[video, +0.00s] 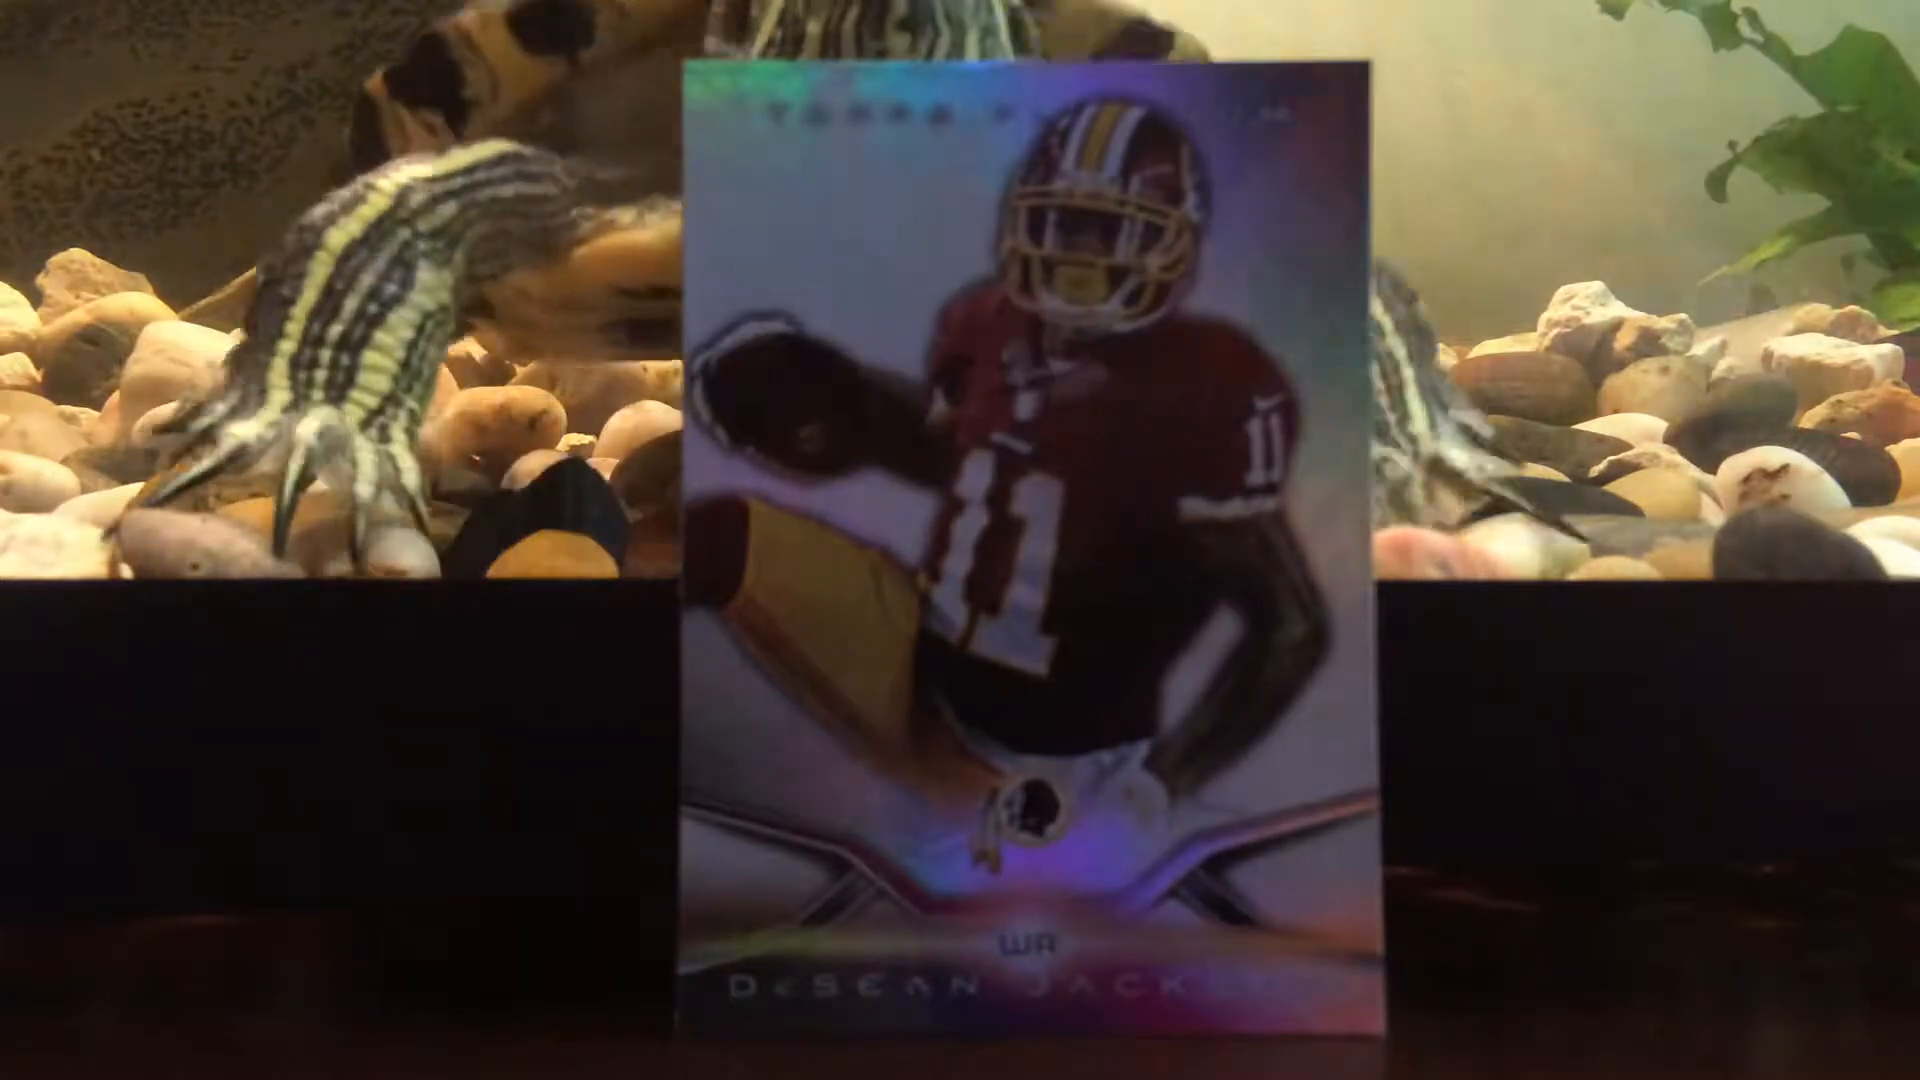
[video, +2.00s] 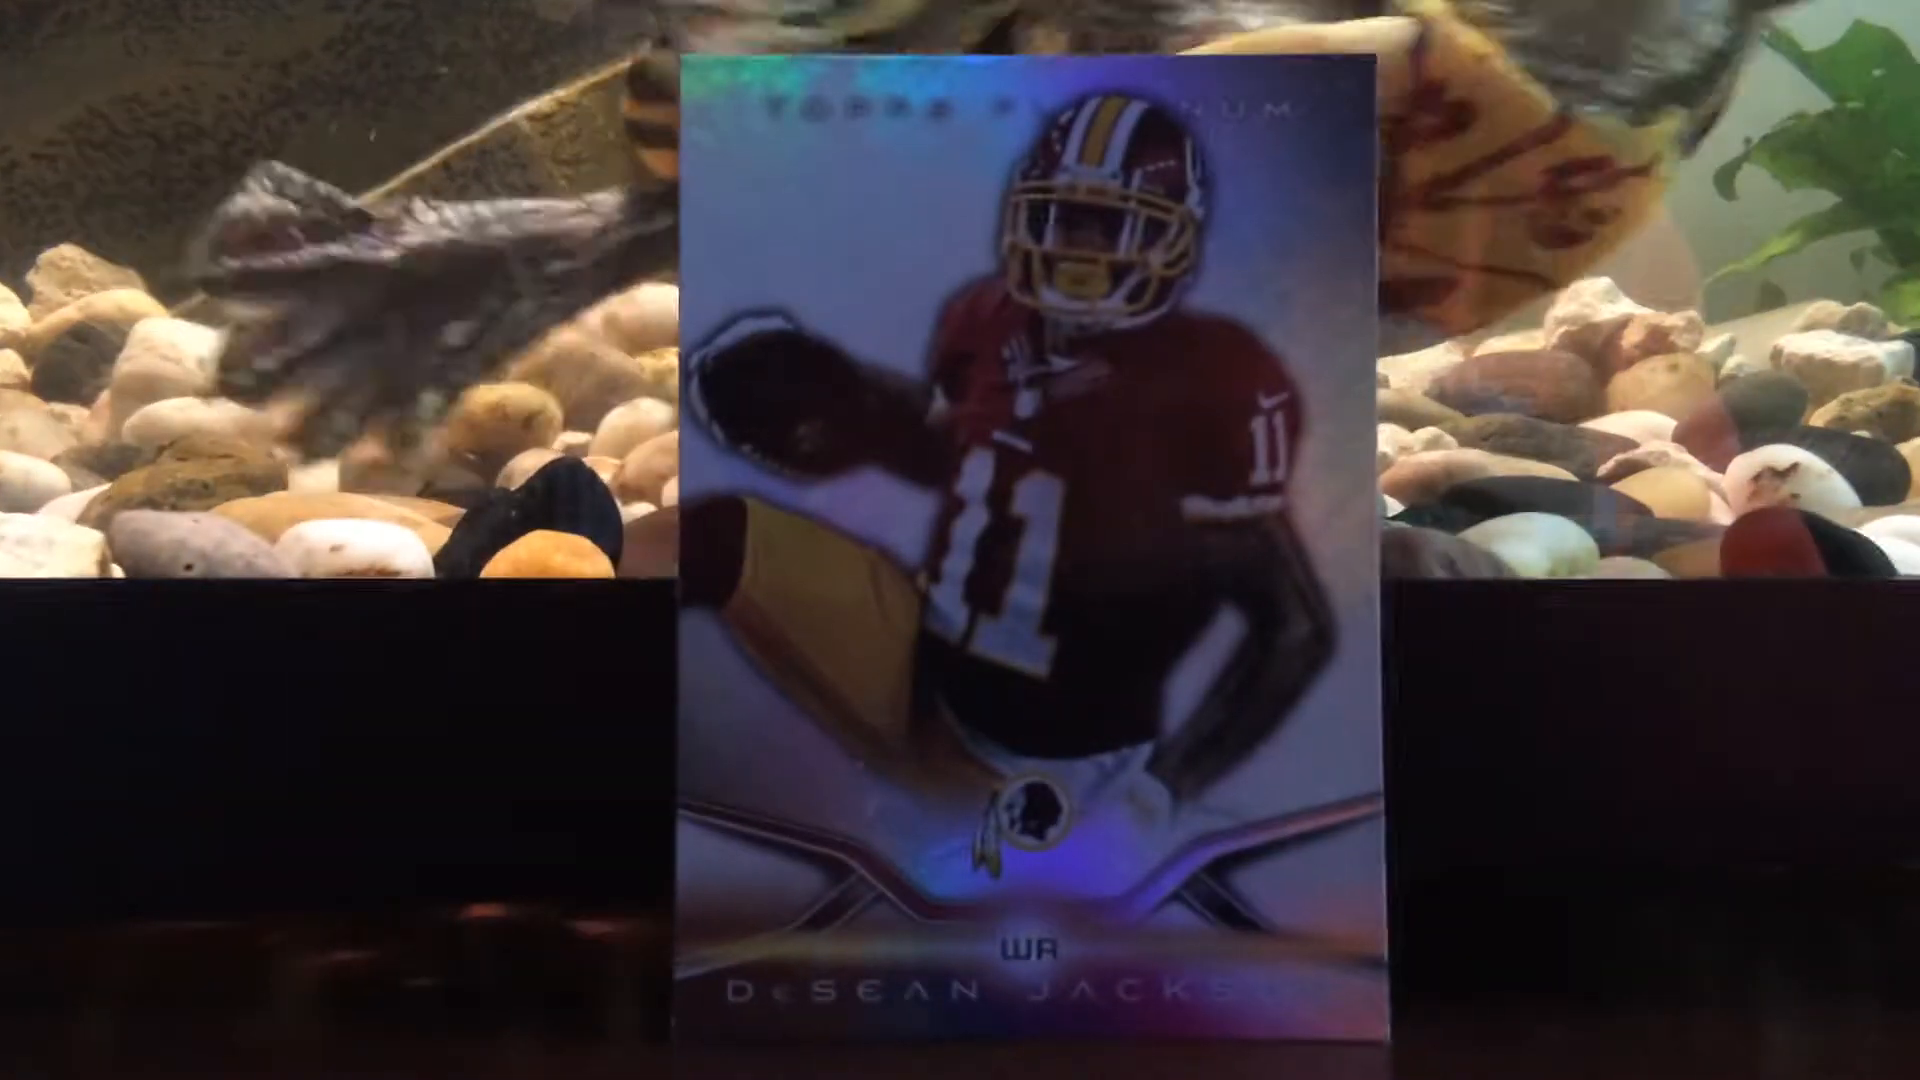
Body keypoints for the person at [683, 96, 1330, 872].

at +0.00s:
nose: (1081, 260)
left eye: (1116, 234)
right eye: (1061, 226)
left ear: (1176, 249)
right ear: (1020, 228)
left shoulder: (1212, 389)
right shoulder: (978, 328)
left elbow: (1292, 629)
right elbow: (956, 461)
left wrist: (1156, 787)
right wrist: (853, 416)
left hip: (1083, 763)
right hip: (933, 710)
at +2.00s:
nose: (1078, 252)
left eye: (1113, 227)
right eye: (1058, 219)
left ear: (1177, 242)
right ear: (1020, 224)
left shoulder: (1220, 384)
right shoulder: (979, 324)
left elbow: (1297, 629)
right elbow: (957, 460)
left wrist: (1156, 793)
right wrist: (858, 415)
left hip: (1081, 752)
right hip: (929, 678)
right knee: (713, 536)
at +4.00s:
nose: (1079, 251)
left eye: (1114, 228)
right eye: (1061, 220)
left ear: (1176, 244)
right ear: (1021, 223)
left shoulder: (1215, 386)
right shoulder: (980, 325)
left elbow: (1295, 631)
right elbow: (959, 460)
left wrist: (1154, 793)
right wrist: (856, 416)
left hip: (1077, 758)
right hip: (928, 680)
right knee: (711, 535)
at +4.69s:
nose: (1078, 253)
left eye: (1113, 229)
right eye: (1059, 221)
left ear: (1175, 245)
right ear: (1021, 225)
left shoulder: (1215, 384)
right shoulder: (980, 325)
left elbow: (1294, 629)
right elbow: (955, 458)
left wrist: (1157, 790)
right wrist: (851, 409)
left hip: (1082, 758)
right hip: (928, 684)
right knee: (712, 535)